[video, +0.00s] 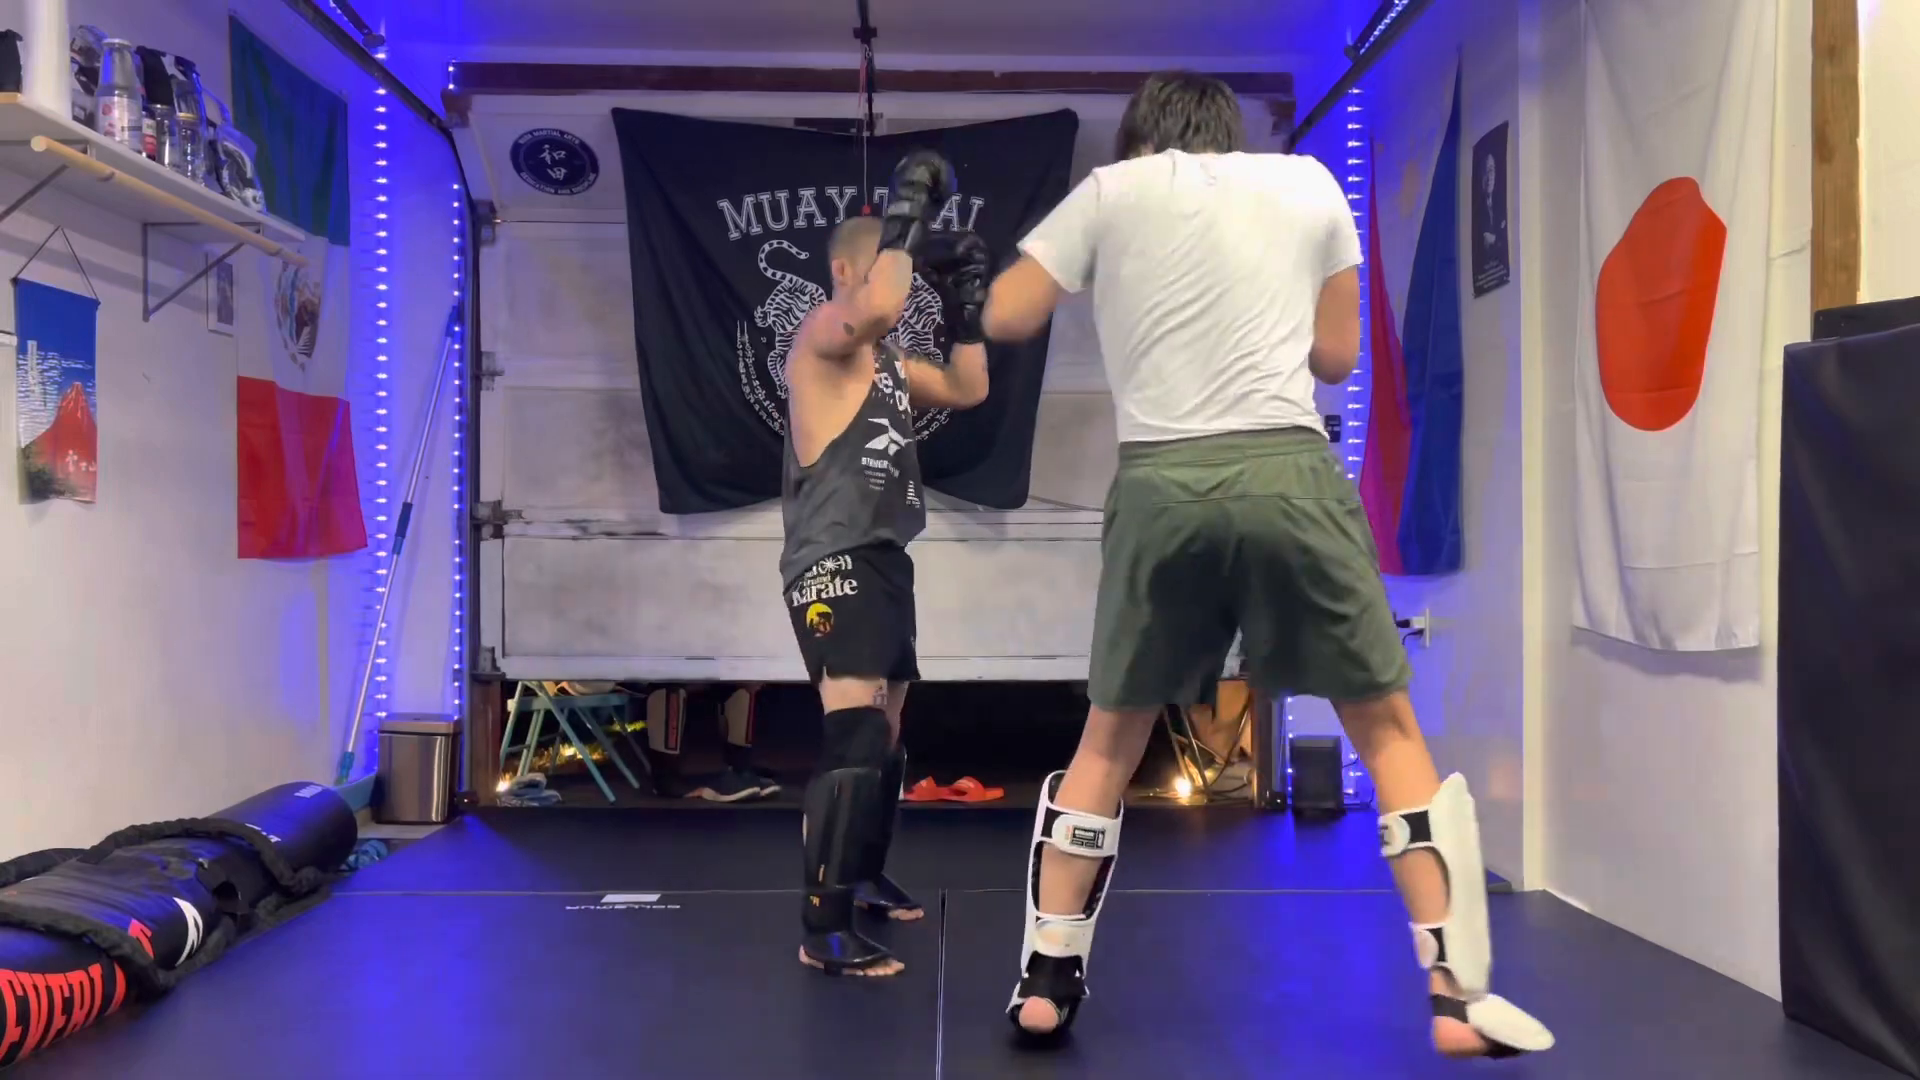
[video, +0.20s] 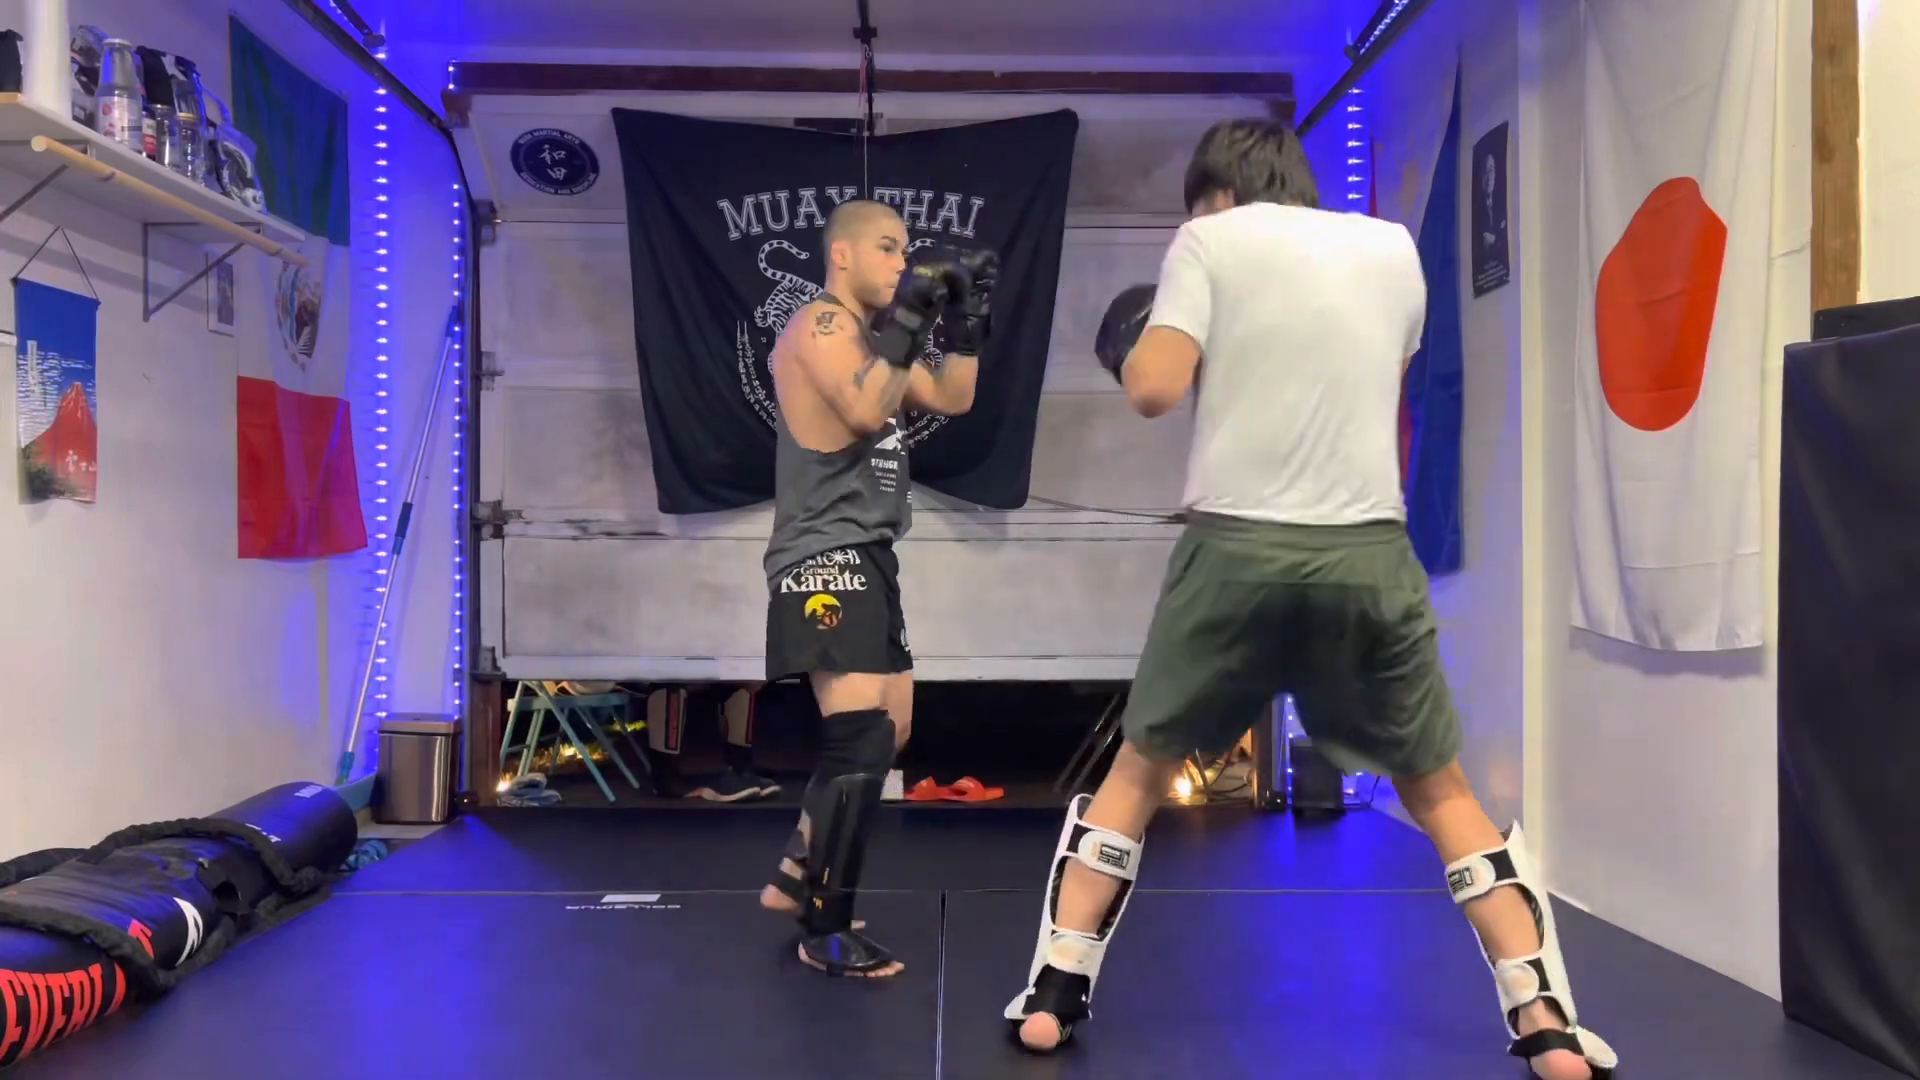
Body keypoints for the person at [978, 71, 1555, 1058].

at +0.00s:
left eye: (1135, 139)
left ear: (1140, 139)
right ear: (1234, 133)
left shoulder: (1111, 191)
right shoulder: (1309, 183)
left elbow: (1006, 316)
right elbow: (1336, 355)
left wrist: (1069, 254)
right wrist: (1254, 308)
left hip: (1161, 488)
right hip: (1292, 479)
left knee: (1108, 742)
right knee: (1385, 729)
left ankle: (1048, 983)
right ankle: (1454, 990)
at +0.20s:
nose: (1198, 225)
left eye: (1197, 211)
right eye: (1197, 215)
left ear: (1220, 194)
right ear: (1300, 181)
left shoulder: (1209, 239)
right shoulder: (1391, 244)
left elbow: (1153, 387)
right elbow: (1393, 364)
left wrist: (1136, 334)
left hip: (1234, 563)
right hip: (1370, 567)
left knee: (1140, 769)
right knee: (1441, 787)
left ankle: (1050, 991)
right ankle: (1542, 1018)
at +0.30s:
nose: (1222, 177)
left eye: (1221, 165)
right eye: (1221, 168)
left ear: (1244, 141)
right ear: (1317, 121)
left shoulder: (1250, 168)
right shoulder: (1426, 183)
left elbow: (1208, 321)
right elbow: (1381, 297)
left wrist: (1175, 264)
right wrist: (1242, 246)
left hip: (1296, 488)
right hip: (1425, 491)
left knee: (1186, 735)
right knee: (1476, 753)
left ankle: (1099, 967)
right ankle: (1557, 1003)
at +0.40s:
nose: (1242, 131)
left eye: (1239, 118)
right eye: (1237, 121)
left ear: (1260, 93)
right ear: (1342, 68)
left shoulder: (1281, 111)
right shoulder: (1444, 130)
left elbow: (1240, 265)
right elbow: (1424, 258)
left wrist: (1190, 200)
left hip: (1333, 440)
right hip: (1455, 441)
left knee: (1242, 684)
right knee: (1497, 711)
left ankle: (1231, 956)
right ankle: (1585, 965)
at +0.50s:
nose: (1274, 131)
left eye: (1273, 116)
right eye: (1273, 117)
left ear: (1292, 93)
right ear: (1372, 68)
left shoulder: (1320, 112)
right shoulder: (1471, 137)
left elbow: (1251, 262)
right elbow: (1397, 246)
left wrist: (1219, 174)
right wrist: (1281, 166)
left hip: (1366, 460)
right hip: (1483, 461)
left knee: (1302, 732)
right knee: (1527, 733)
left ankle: (1376, 980)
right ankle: (1628, 980)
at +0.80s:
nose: (1275, 179)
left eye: (1275, 164)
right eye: (1270, 166)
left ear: (1296, 135)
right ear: (1379, 111)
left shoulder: (1321, 154)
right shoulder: (1487, 163)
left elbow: (1166, 248)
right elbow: (1463, 297)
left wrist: (1072, 229)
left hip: (1430, 476)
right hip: (1551, 480)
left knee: (1288, 726)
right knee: (1535, 731)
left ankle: (1258, 991)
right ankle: (1647, 967)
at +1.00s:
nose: (1270, 216)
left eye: (1271, 199)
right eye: (1267, 204)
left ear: (1297, 178)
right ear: (1371, 153)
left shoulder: (1308, 207)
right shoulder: (1481, 206)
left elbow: (1186, 324)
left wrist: (1100, 300)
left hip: (1402, 525)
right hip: (1531, 525)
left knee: (1265, 756)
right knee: (1566, 763)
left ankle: (1242, 1016)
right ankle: (1678, 1009)